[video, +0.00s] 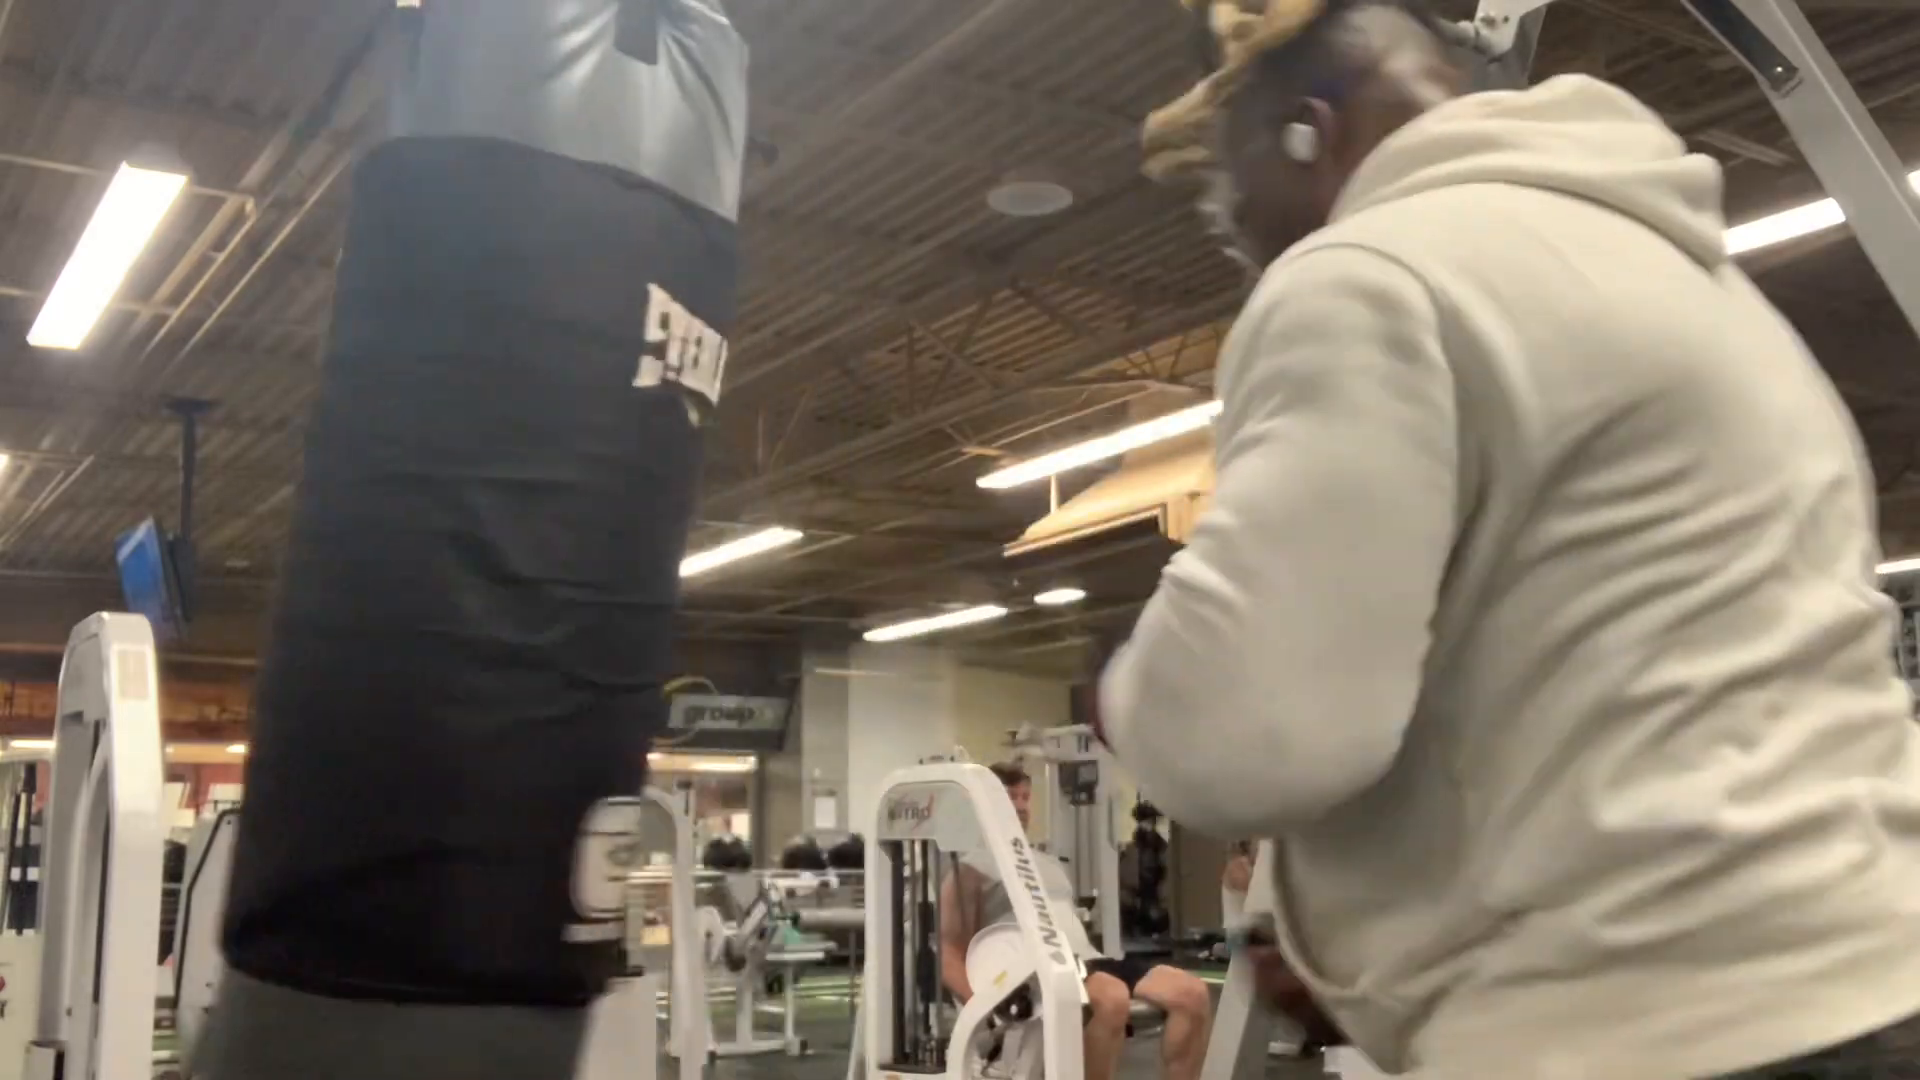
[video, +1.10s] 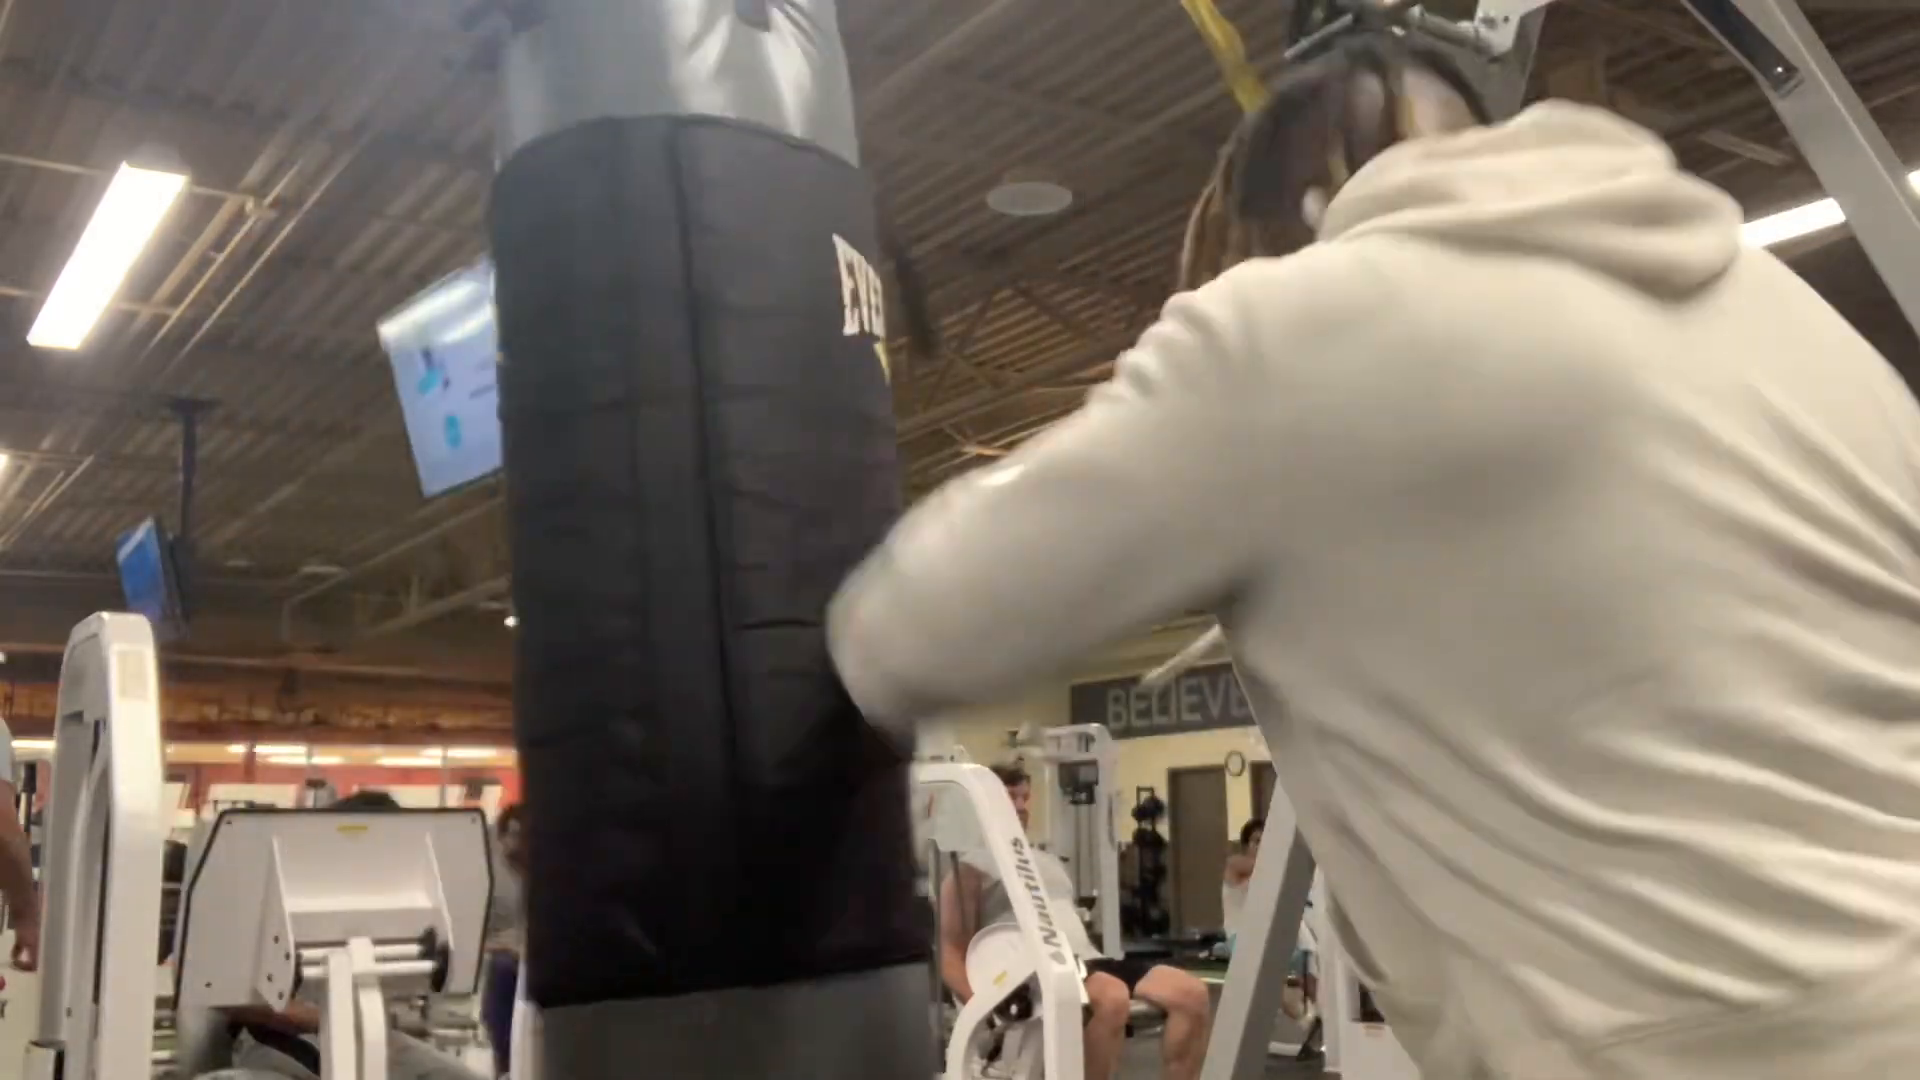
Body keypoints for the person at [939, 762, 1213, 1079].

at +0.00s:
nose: (1021, 807)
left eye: (1025, 799)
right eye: (1011, 799)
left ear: (1030, 803)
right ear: (990, 804)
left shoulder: (1037, 860)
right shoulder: (967, 873)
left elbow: (1058, 927)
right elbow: (952, 965)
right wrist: (989, 1009)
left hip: (1072, 960)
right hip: (1019, 972)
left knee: (1191, 994)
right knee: (1112, 997)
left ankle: (1180, 1073)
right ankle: (1096, 1074)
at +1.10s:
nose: (1020, 806)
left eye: (1024, 798)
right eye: (1010, 798)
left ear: (1030, 802)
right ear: (988, 803)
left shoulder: (1038, 860)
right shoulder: (966, 874)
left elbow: (1058, 925)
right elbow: (952, 960)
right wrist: (985, 1006)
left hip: (1075, 961)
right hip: (1020, 973)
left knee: (1191, 994)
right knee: (1112, 996)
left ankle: (1180, 1075)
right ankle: (1096, 1075)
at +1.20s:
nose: (1019, 806)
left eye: (1024, 797)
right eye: (1010, 797)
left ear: (1031, 801)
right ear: (992, 804)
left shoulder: (1044, 858)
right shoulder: (989, 860)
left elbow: (1067, 912)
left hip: (1083, 957)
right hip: (1037, 965)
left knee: (1192, 995)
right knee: (1112, 999)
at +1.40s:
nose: (1023, 806)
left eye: (1026, 798)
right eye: (1016, 799)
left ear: (1031, 801)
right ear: (999, 804)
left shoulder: (1041, 856)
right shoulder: (994, 857)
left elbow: (1064, 907)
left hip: (1085, 956)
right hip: (1044, 965)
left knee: (1192, 994)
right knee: (1112, 1000)